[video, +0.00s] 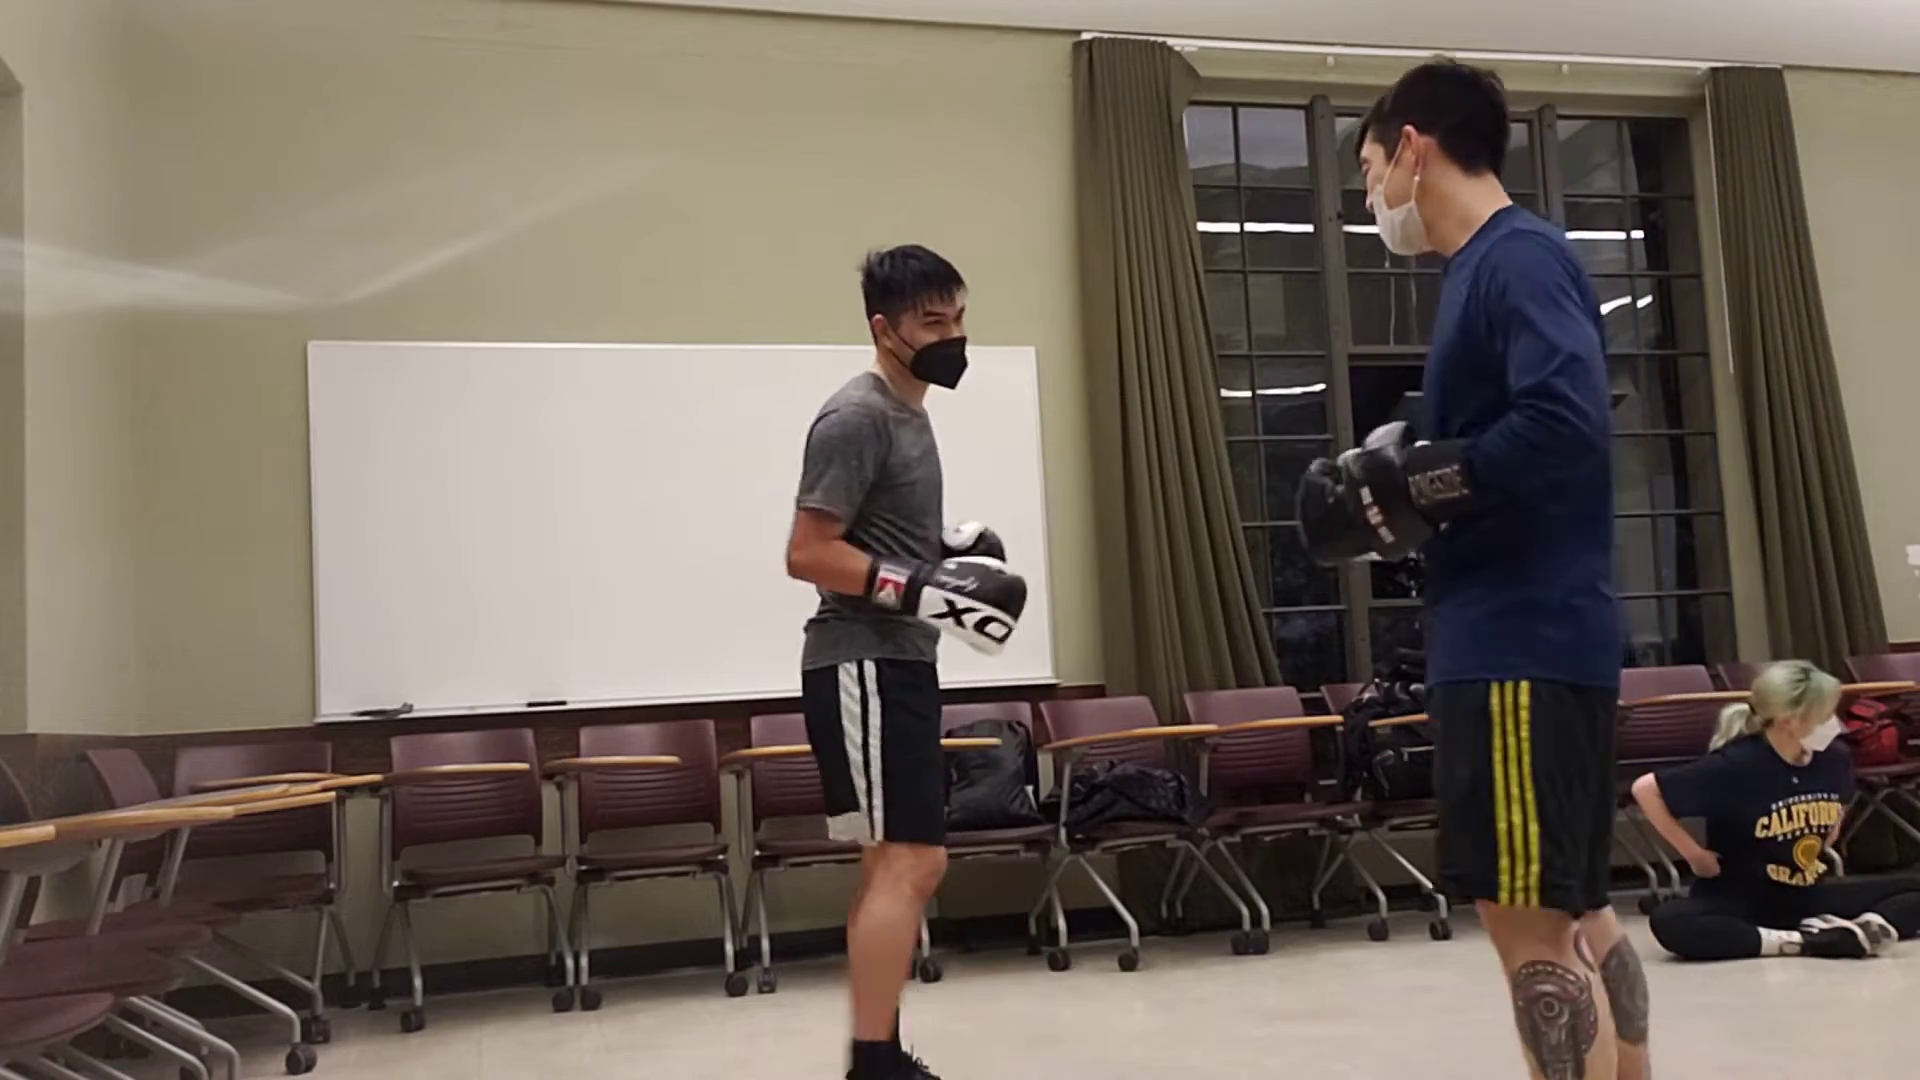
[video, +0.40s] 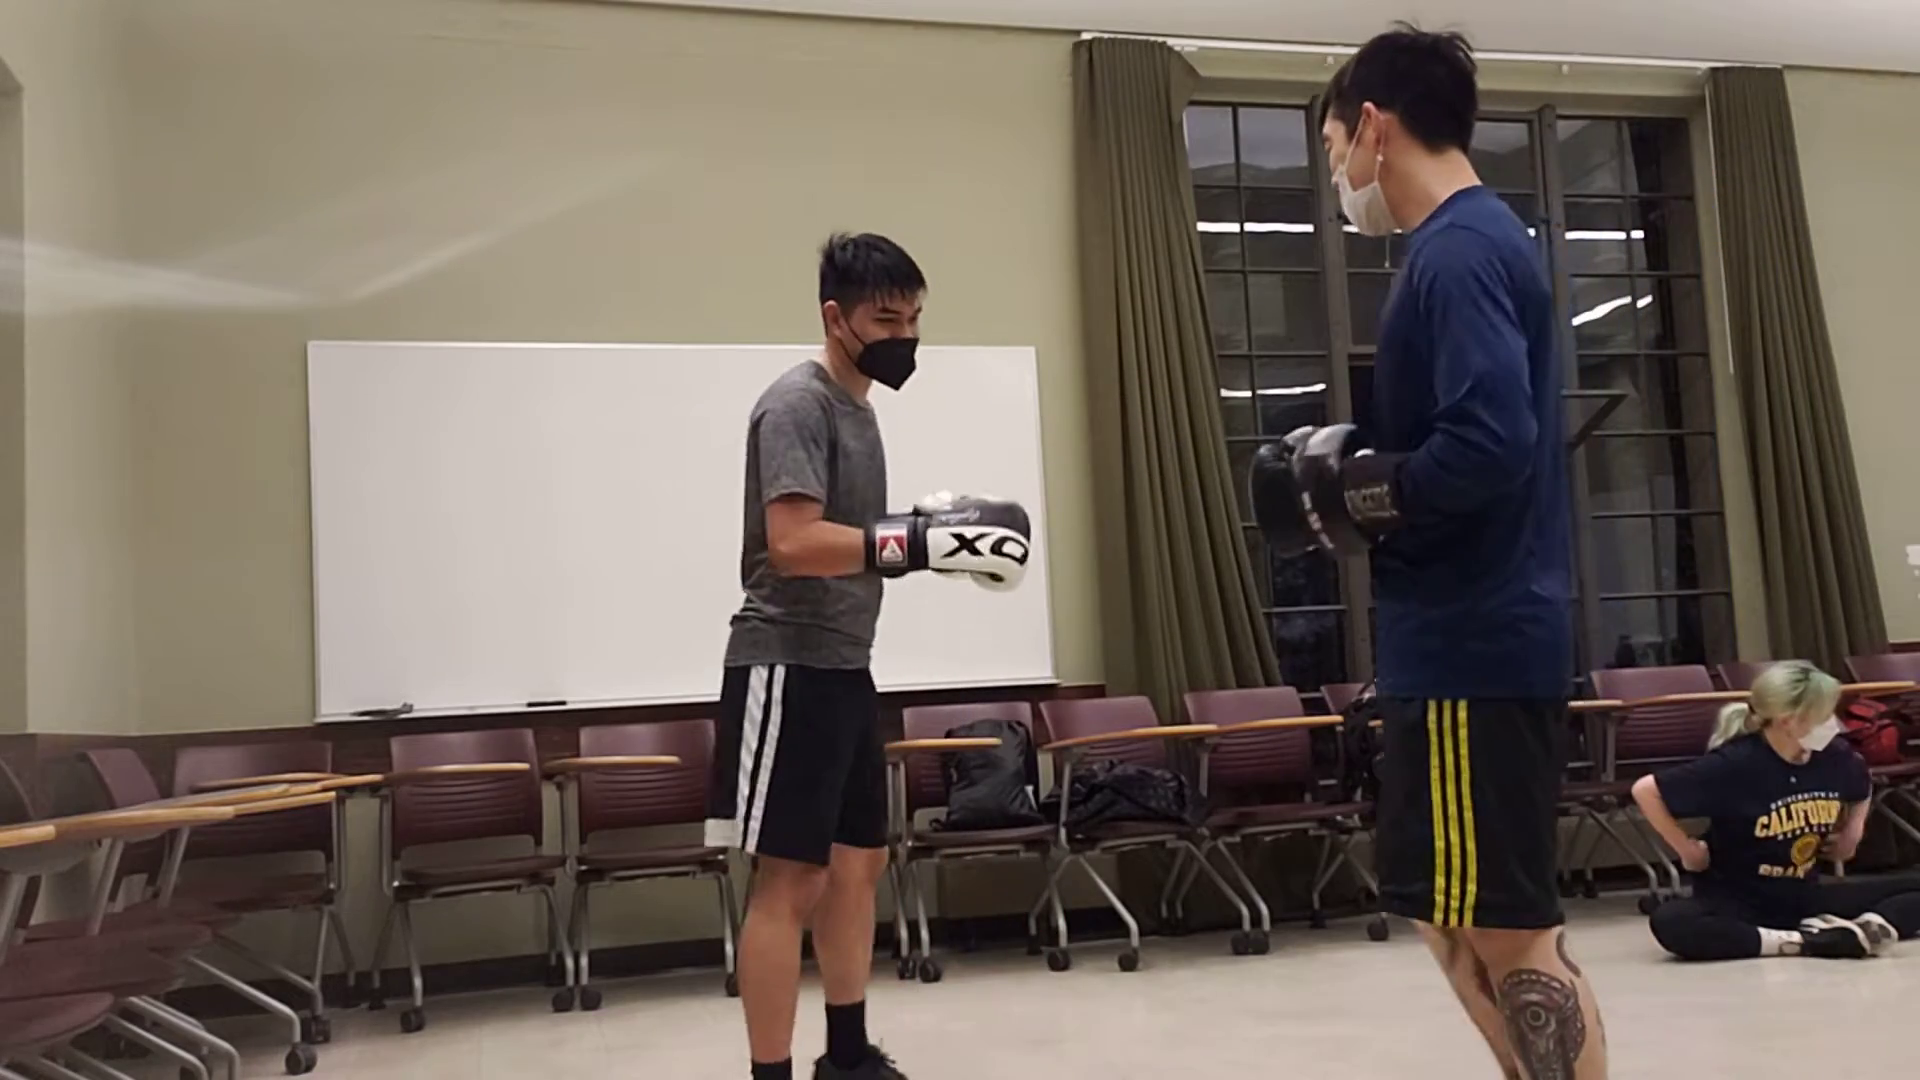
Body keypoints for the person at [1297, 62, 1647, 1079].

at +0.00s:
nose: (1372, 200)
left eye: (1370, 173)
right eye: (1367, 179)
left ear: (1414, 149)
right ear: (1441, 154)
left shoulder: (1518, 256)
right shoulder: (1492, 266)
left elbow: (1565, 424)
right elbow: (1516, 443)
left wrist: (1420, 480)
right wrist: (1397, 499)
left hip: (1521, 649)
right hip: (1525, 645)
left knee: (1521, 914)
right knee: (1577, 910)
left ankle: (1583, 1079)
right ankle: (1625, 1074)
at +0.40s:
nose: (1342, 180)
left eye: (1337, 152)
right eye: (1335, 157)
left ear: (1376, 129)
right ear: (1424, 127)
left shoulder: (1461, 254)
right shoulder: (1475, 242)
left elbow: (1491, 448)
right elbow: (1476, 443)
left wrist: (1356, 485)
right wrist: (1355, 465)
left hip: (1479, 656)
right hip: (1451, 652)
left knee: (1510, 936)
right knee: (1451, 922)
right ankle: (1546, 1076)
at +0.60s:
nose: (1300, 181)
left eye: (1296, 152)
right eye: (1296, 157)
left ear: (1333, 134)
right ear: (1396, 133)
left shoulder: (1418, 251)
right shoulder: (1444, 240)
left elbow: (1476, 444)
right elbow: (1465, 445)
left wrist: (1337, 513)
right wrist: (1334, 493)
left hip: (1450, 655)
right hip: (1420, 649)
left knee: (1505, 927)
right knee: (1359, 859)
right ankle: (1432, 1073)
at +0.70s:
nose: (1277, 191)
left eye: (1273, 165)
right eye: (1273, 169)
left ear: (1309, 150)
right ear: (1379, 148)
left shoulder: (1396, 262)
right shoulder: (1425, 253)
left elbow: (1452, 446)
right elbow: (1451, 455)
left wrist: (1317, 531)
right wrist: (1314, 533)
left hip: (1434, 666)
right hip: (1400, 661)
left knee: (1494, 937)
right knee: (1385, 928)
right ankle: (1362, 1074)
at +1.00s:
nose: (1207, 221)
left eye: (1207, 198)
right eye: (1205, 201)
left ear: (1239, 187)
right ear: (1296, 186)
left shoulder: (1314, 288)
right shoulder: (1331, 282)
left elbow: (1362, 458)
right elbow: (1328, 465)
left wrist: (1234, 519)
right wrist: (1216, 533)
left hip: (1332, 668)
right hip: (1324, 665)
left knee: (1358, 936)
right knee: (1348, 933)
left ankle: (1492, 1066)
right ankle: (1363, 1074)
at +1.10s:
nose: (1178, 238)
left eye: (1175, 215)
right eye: (1176, 217)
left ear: (1205, 201)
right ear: (1277, 203)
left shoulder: (1276, 303)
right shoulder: (1325, 299)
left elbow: (1309, 471)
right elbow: (1325, 490)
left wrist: (1175, 516)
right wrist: (1204, 550)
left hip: (1289, 671)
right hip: (1350, 667)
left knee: (1241, 925)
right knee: (1353, 919)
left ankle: (1407, 1057)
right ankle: (1373, 1073)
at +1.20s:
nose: (1151, 248)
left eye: (1148, 226)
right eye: (1146, 230)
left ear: (1176, 210)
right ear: (1246, 211)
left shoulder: (1236, 301)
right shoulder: (1294, 307)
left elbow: (1233, 468)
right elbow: (1276, 516)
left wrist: (1132, 481)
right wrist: (1158, 555)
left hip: (1261, 661)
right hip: (1336, 659)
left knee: (1164, 901)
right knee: (1334, 902)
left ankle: (1324, 1060)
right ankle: (1364, 1079)